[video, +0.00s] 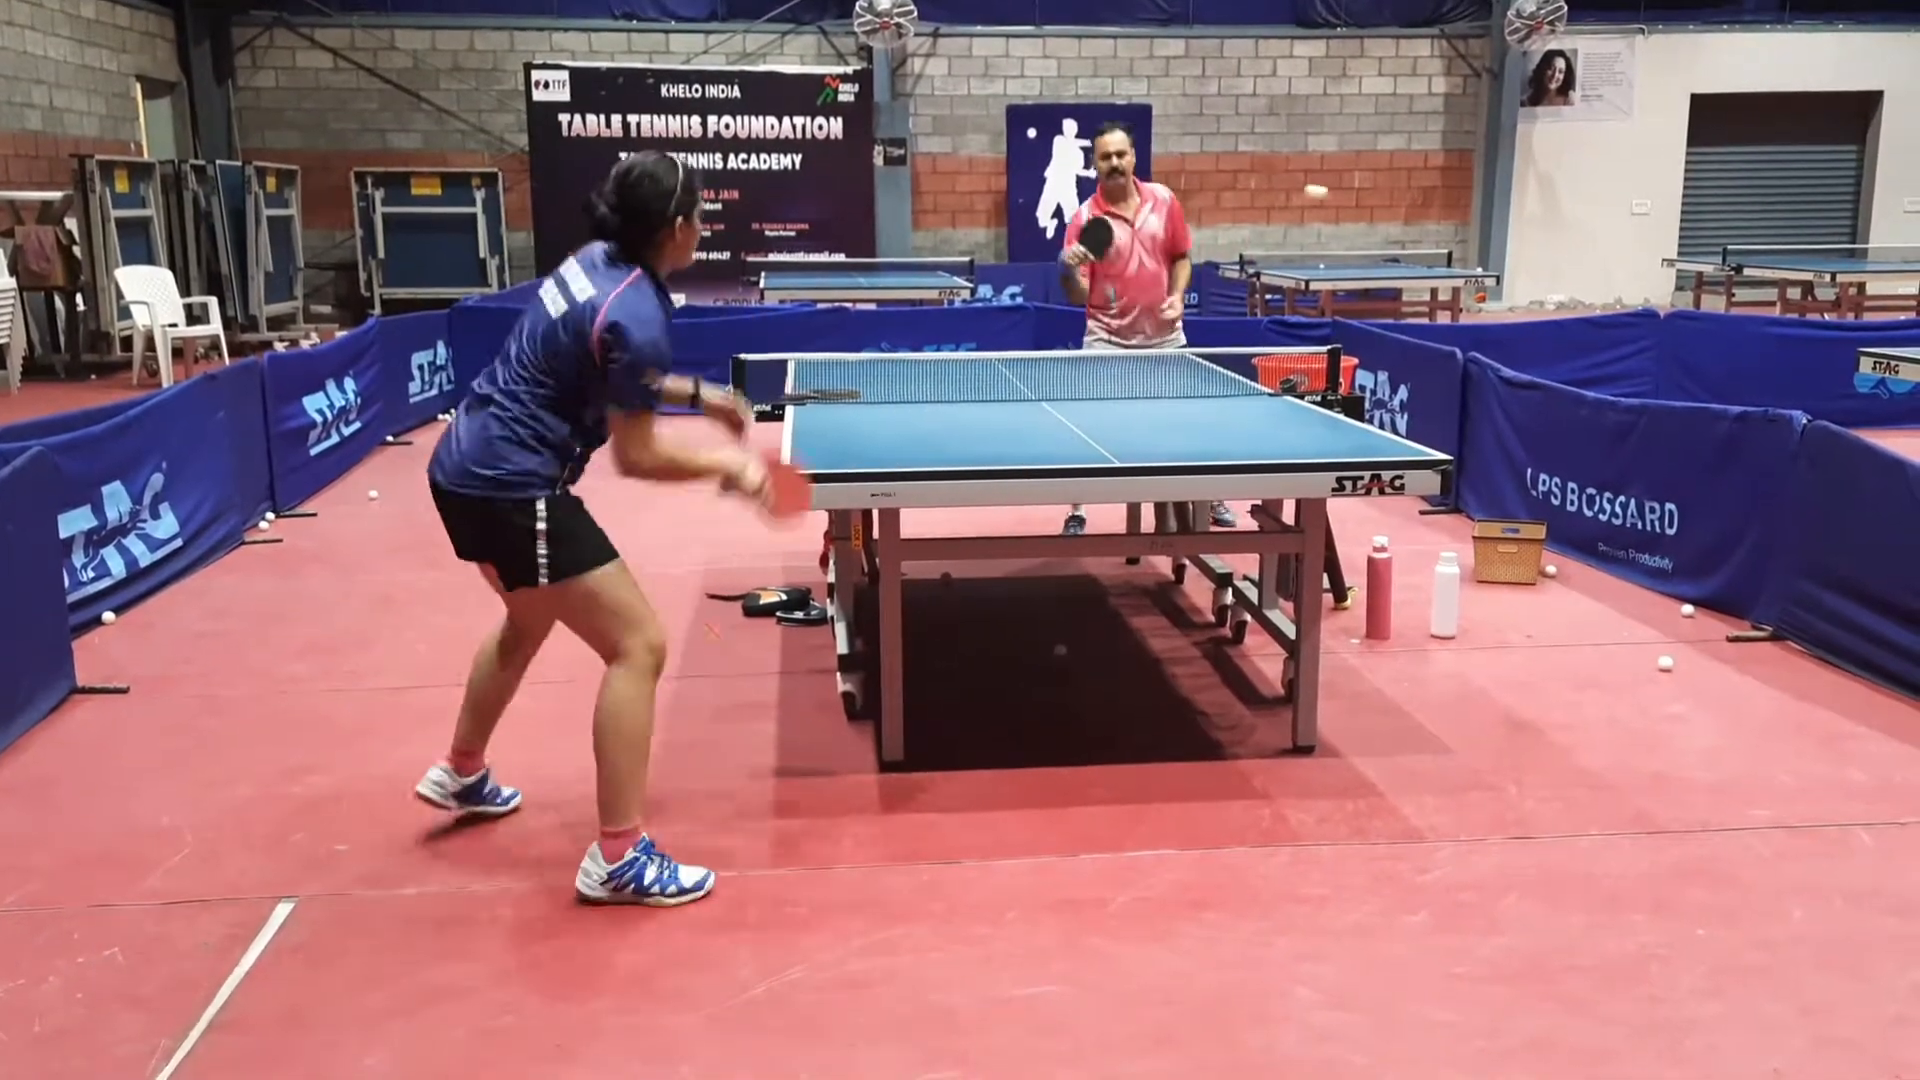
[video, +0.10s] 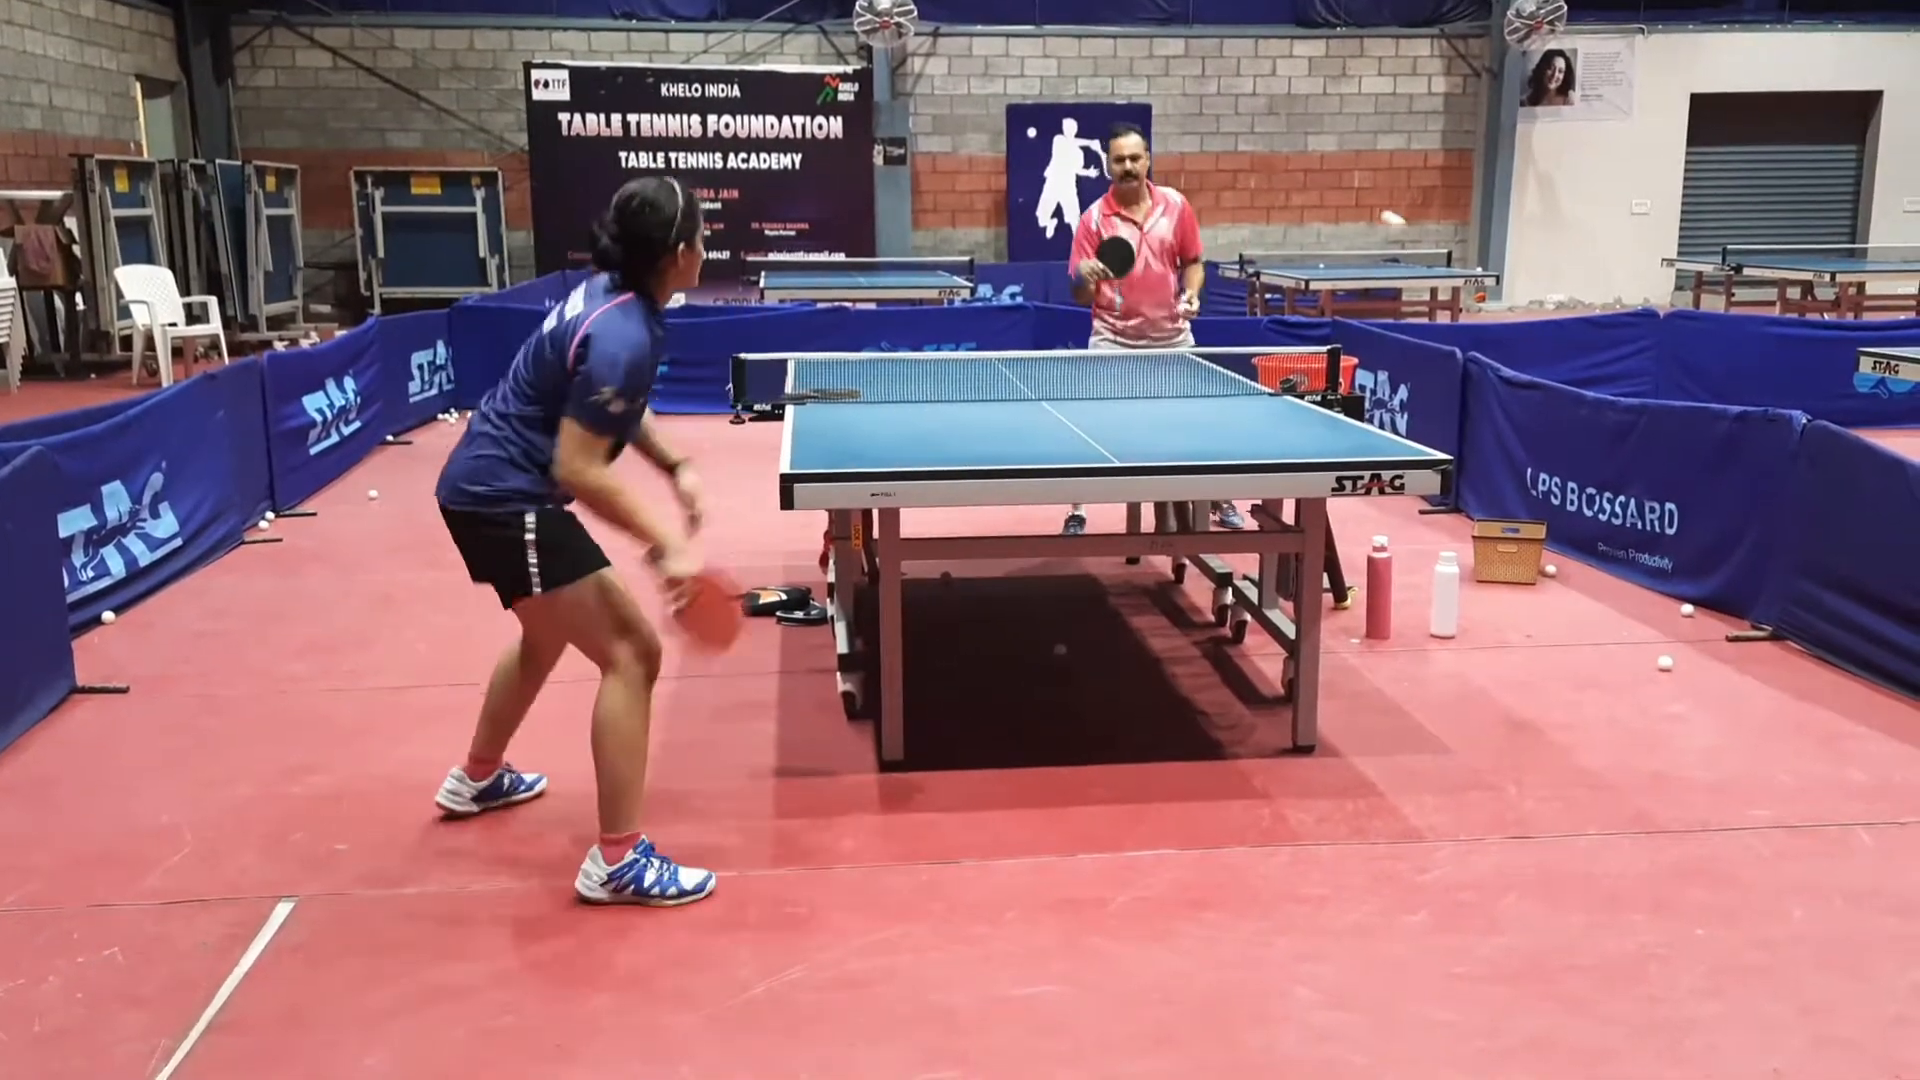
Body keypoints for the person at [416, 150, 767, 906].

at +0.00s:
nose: (698, 225)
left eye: (694, 213)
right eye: (693, 215)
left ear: (628, 220)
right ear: (672, 230)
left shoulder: (595, 261)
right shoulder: (639, 318)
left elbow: (605, 376)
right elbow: (636, 456)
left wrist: (701, 396)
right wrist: (725, 465)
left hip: (463, 466)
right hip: (514, 486)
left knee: (527, 621)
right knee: (639, 648)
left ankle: (460, 773)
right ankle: (620, 852)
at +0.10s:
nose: (703, 248)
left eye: (699, 236)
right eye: (697, 238)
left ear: (632, 246)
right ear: (674, 254)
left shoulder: (602, 289)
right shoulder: (623, 334)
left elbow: (614, 402)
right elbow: (578, 471)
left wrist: (673, 466)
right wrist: (662, 541)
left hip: (481, 486)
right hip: (509, 500)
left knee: (545, 632)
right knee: (632, 654)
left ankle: (476, 777)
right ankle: (619, 855)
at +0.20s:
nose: (691, 251)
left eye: (687, 239)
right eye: (684, 242)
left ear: (619, 250)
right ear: (663, 260)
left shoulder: (603, 302)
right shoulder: (602, 333)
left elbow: (592, 404)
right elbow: (532, 453)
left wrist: (624, 475)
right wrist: (582, 554)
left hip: (495, 493)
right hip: (506, 504)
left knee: (560, 636)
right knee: (630, 655)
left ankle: (475, 777)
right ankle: (619, 854)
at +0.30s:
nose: (667, 222)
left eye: (663, 211)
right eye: (661, 212)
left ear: (606, 224)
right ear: (637, 228)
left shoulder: (598, 281)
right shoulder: (586, 309)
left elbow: (574, 380)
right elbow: (503, 413)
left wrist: (594, 449)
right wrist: (543, 512)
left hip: (506, 481)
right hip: (502, 492)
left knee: (548, 630)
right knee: (614, 651)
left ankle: (476, 774)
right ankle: (620, 850)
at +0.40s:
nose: (645, 199)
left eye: (640, 187)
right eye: (638, 188)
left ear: (584, 196)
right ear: (613, 201)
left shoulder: (569, 252)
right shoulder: (573, 281)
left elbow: (554, 358)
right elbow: (496, 387)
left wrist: (583, 426)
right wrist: (550, 487)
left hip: (503, 469)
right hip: (499, 480)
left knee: (537, 626)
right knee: (597, 642)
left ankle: (474, 773)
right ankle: (620, 839)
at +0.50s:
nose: (631, 185)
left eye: (626, 173)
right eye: (626, 174)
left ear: (562, 183)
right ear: (605, 185)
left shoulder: (550, 241)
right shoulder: (571, 267)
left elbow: (549, 350)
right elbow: (518, 383)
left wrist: (584, 408)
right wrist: (592, 473)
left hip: (480, 459)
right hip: (505, 465)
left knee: (524, 625)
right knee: (590, 632)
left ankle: (472, 774)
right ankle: (594, 834)